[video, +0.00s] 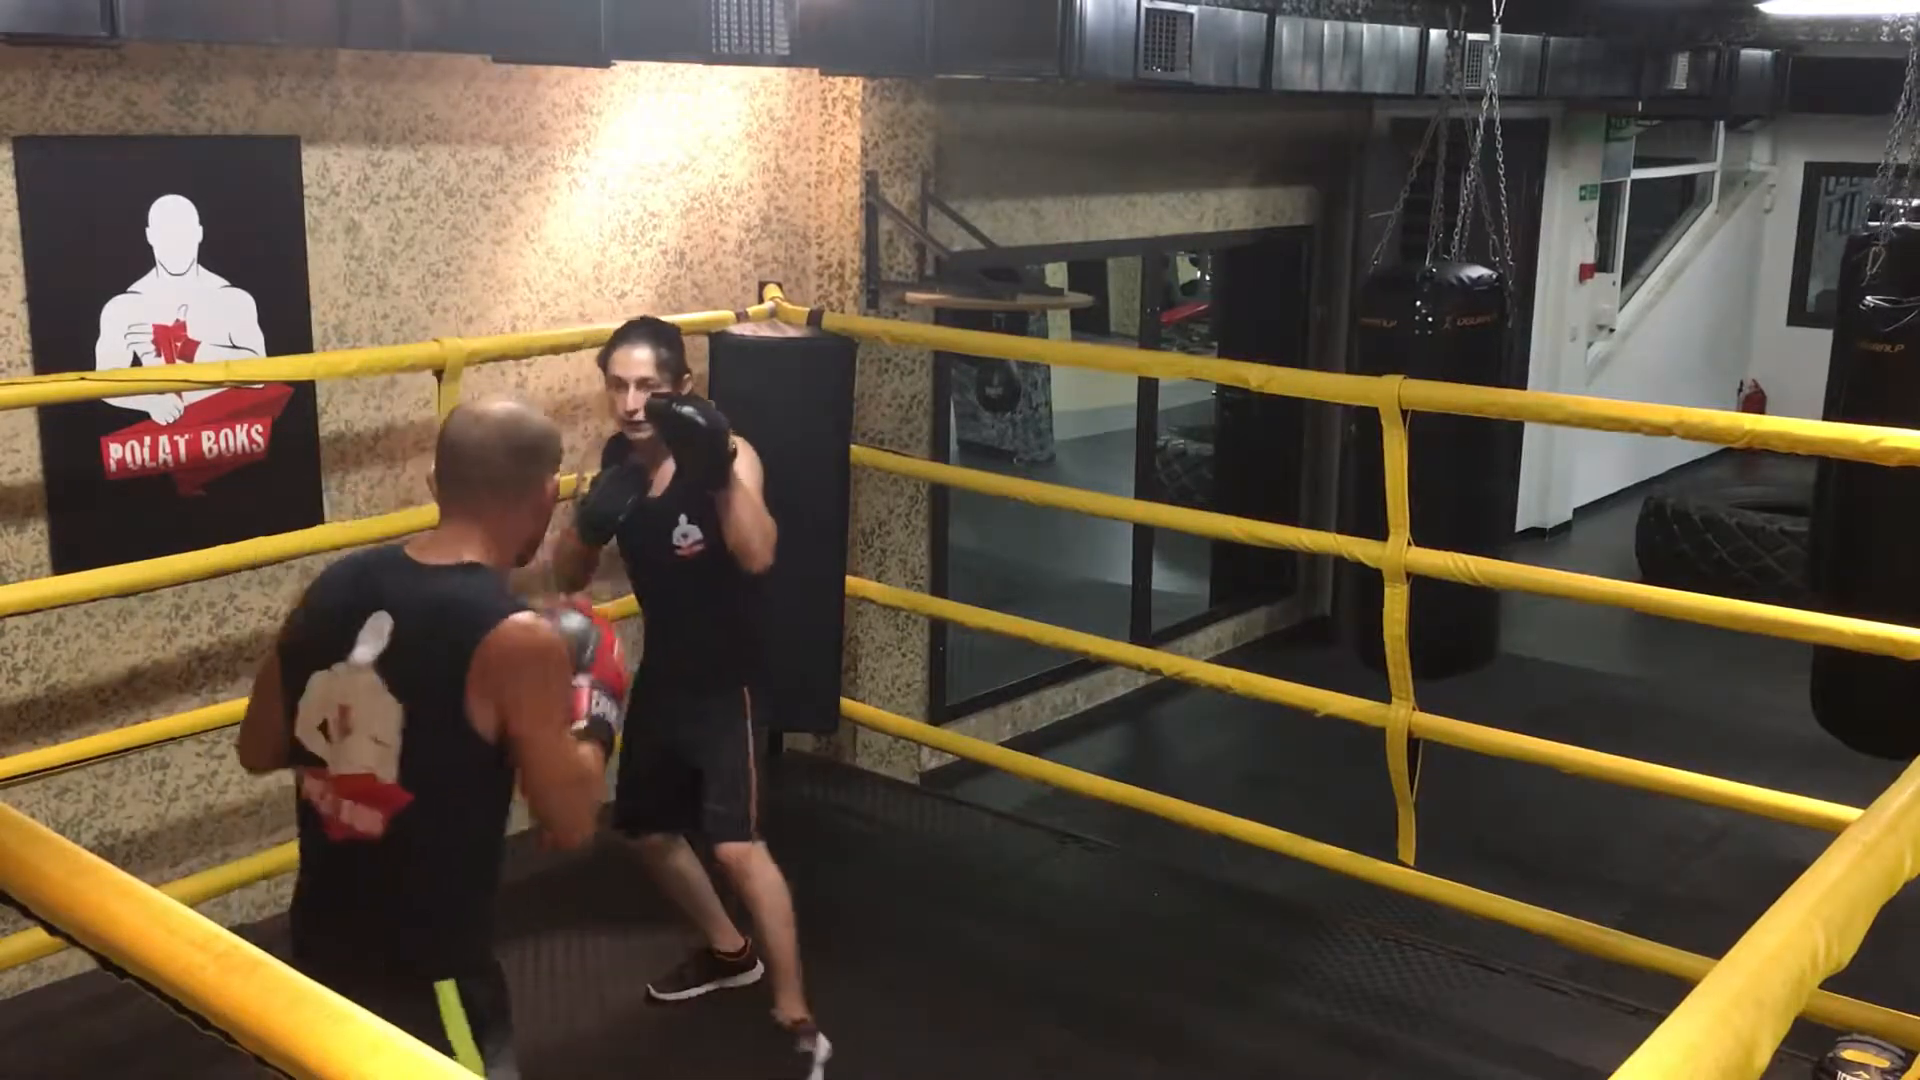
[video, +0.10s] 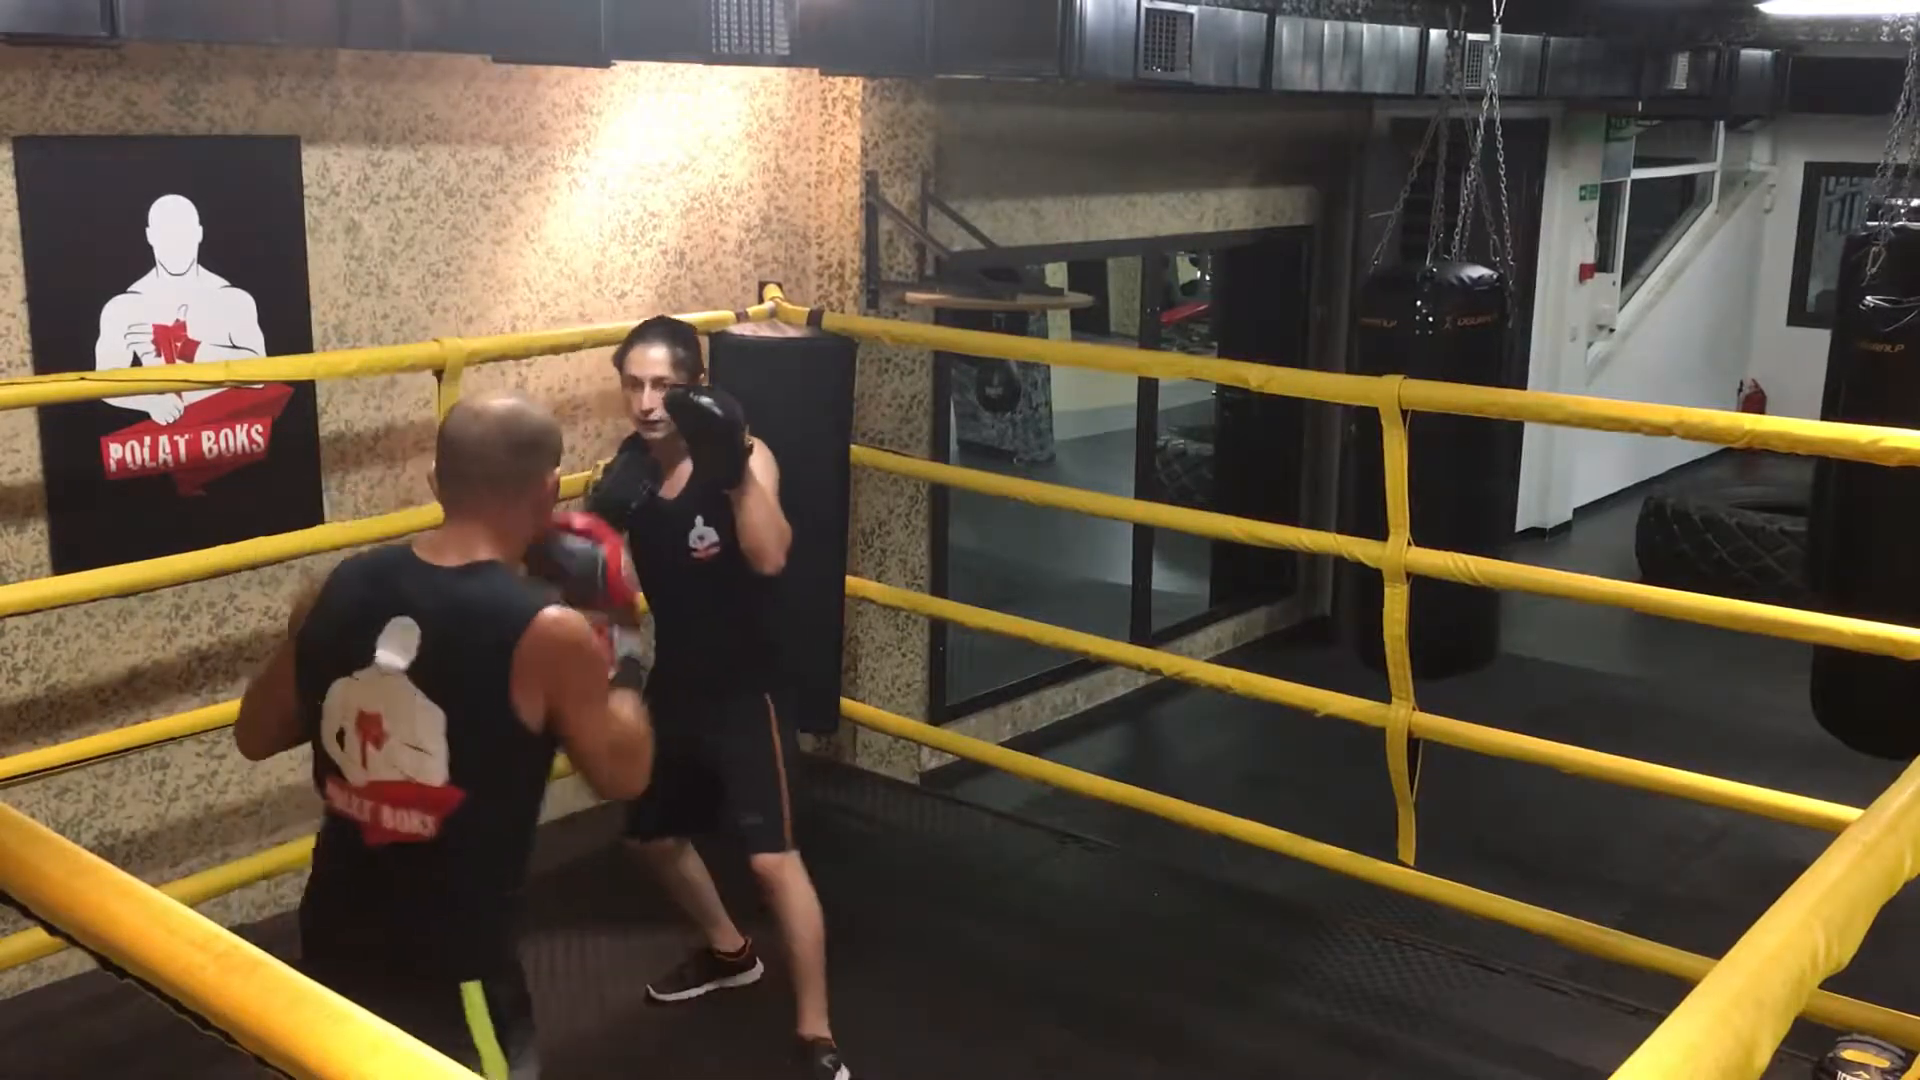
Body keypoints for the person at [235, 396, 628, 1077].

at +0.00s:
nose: (554, 506)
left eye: (552, 491)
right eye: (555, 493)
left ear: (438, 481)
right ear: (545, 500)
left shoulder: (338, 585)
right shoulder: (518, 642)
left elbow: (259, 748)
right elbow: (568, 819)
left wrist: (378, 712)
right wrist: (601, 713)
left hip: (323, 948)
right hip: (434, 968)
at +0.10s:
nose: (558, 498)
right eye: (558, 484)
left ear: (437, 478)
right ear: (547, 493)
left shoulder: (354, 586)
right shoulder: (551, 634)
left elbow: (256, 735)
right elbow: (624, 774)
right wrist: (617, 640)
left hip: (337, 938)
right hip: (456, 959)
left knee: (341, 1065)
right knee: (492, 1065)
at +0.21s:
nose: (562, 527)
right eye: (564, 513)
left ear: (444, 510)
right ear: (556, 521)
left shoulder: (351, 623)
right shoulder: (568, 663)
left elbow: (283, 755)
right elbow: (662, 736)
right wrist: (640, 597)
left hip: (346, 977)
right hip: (472, 995)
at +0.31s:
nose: (597, 510)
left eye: (595, 495)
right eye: (596, 497)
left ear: (482, 491)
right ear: (580, 509)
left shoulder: (392, 596)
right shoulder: (554, 654)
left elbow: (289, 692)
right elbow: (648, 778)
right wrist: (647, 636)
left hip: (363, 927)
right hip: (460, 957)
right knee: (498, 1066)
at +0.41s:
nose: (620, 512)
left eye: (622, 497)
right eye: (621, 495)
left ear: (518, 483)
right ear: (605, 503)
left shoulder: (453, 535)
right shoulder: (502, 624)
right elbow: (589, 784)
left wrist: (592, 562)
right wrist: (638, 656)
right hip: (426, 930)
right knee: (501, 1070)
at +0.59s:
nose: (631, 518)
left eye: (631, 504)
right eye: (633, 506)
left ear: (531, 483)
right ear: (614, 515)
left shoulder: (470, 545)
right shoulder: (494, 629)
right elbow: (578, 786)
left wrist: (578, 601)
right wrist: (635, 657)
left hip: (463, 840)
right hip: (402, 890)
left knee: (543, 969)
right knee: (474, 1072)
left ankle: (498, 1074)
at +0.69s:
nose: (636, 556)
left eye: (640, 543)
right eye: (640, 545)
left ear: (552, 510)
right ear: (616, 552)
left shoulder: (503, 529)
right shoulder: (474, 645)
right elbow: (533, 802)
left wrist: (641, 544)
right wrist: (613, 692)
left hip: (474, 819)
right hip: (404, 867)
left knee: (534, 967)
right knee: (458, 1068)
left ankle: (515, 1068)